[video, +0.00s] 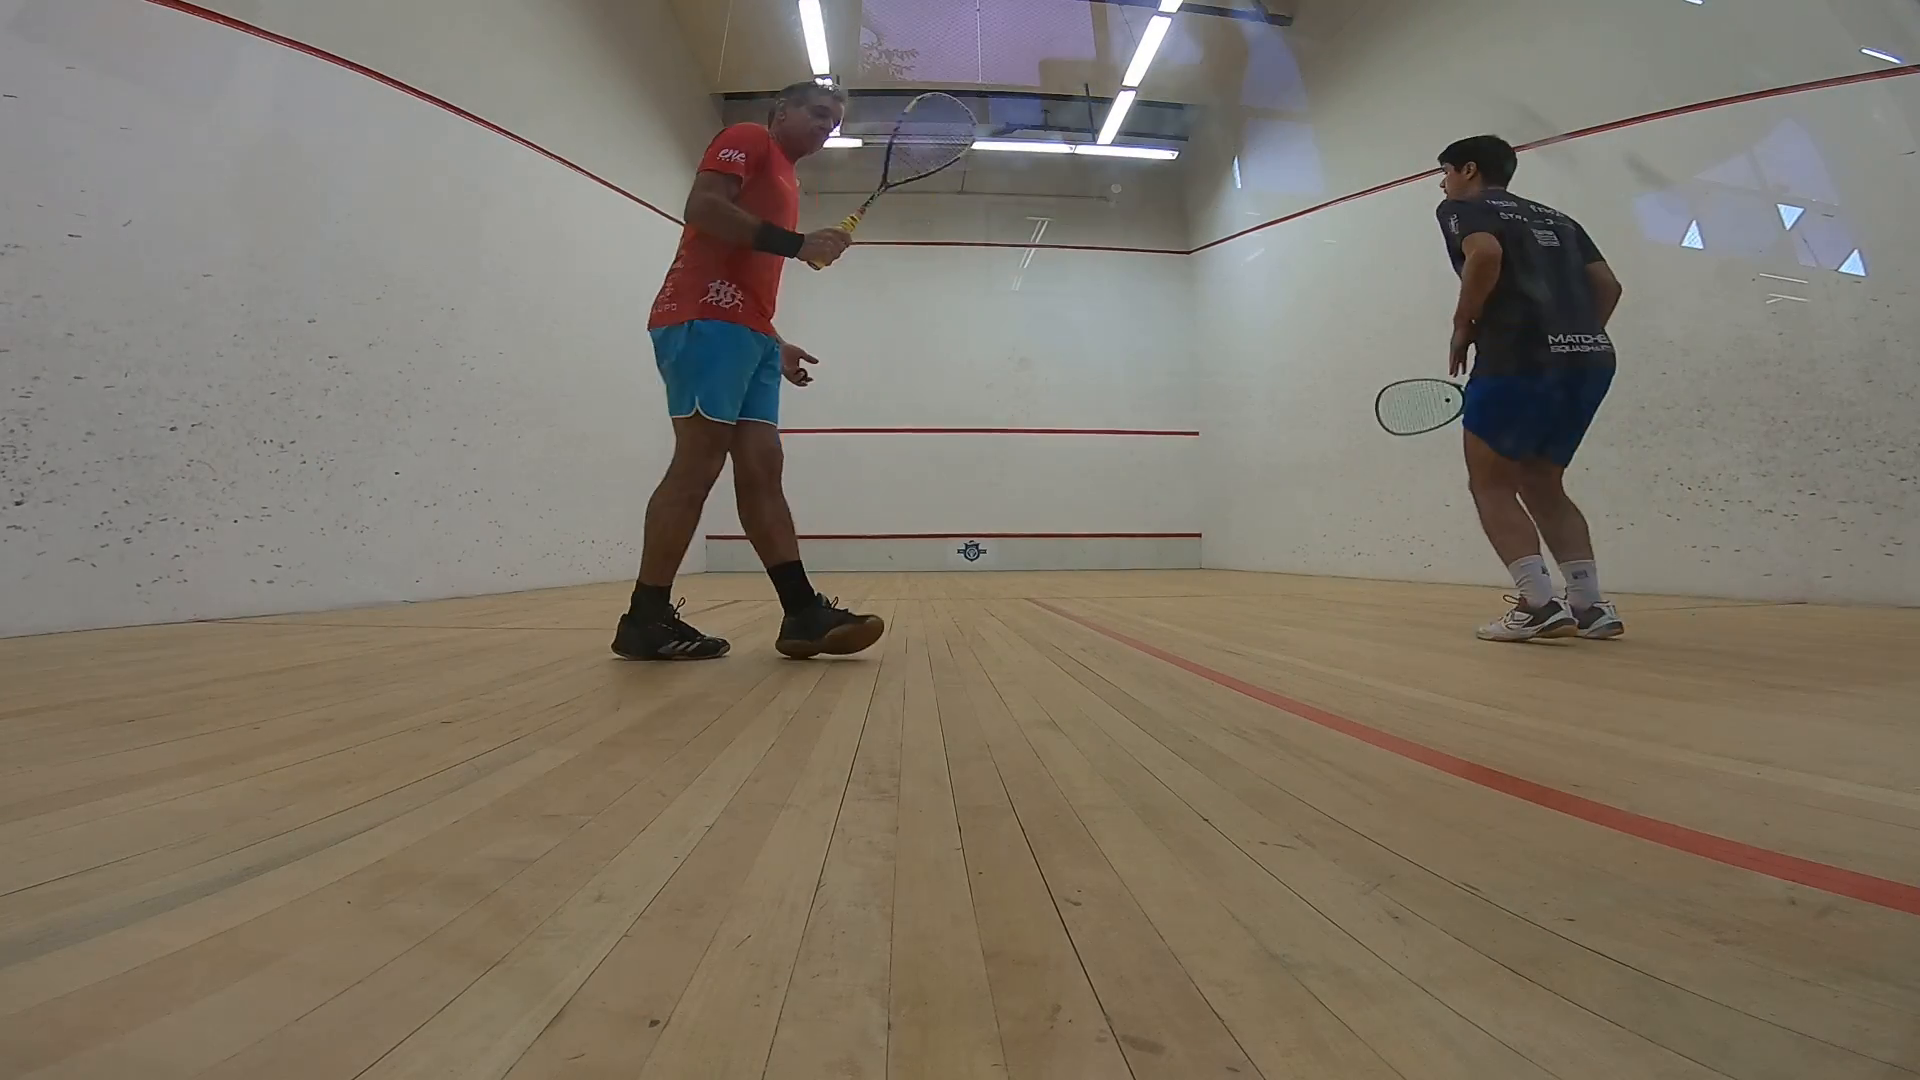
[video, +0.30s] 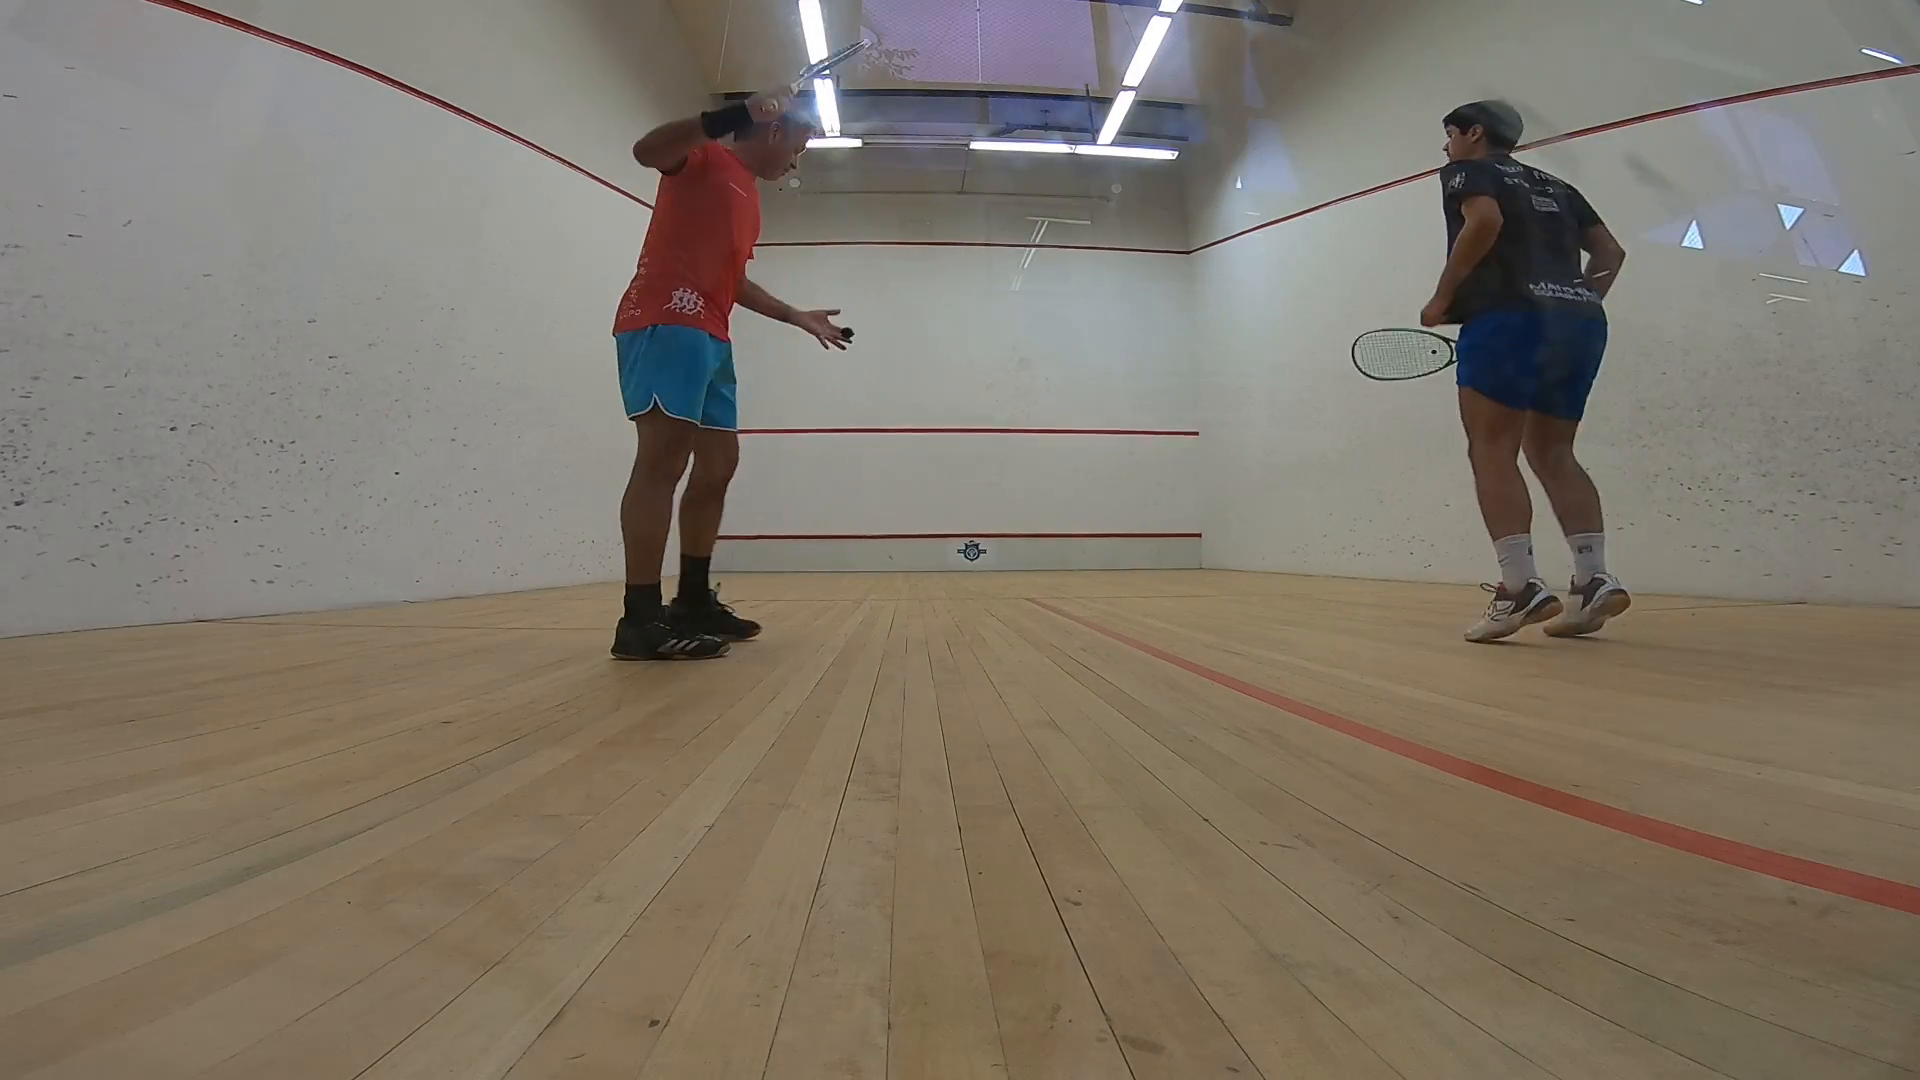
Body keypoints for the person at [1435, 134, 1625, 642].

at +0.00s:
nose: (1443, 185)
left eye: (1446, 175)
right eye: (1443, 176)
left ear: (1469, 172)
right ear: (1501, 176)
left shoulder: (1460, 207)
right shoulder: (1553, 216)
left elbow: (1485, 252)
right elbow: (1607, 286)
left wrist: (1463, 323)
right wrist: (1572, 342)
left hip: (1519, 358)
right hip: (1591, 357)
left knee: (1489, 483)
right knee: (1541, 480)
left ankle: (1539, 602)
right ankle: (1589, 605)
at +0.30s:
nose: (1446, 148)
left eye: (1450, 138)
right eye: (1447, 139)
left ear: (1474, 133)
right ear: (1503, 141)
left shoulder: (1462, 170)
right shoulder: (1554, 185)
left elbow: (1484, 219)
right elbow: (1610, 254)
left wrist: (1443, 294)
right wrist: (1579, 303)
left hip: (1507, 318)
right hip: (1581, 320)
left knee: (1492, 451)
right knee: (1553, 451)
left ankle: (1520, 589)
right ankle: (1595, 582)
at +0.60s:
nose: (1448, 137)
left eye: (1450, 128)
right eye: (1449, 128)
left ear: (1470, 124)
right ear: (1507, 131)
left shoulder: (1464, 152)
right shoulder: (1562, 173)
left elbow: (1490, 196)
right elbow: (1617, 236)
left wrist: (1471, 281)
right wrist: (1591, 295)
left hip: (1520, 308)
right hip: (1594, 311)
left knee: (1514, 436)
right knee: (1587, 440)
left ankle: (1519, 581)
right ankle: (1611, 576)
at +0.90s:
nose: (1463, 159)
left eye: (1466, 148)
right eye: (1462, 149)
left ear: (1488, 140)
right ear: (1524, 147)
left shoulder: (1481, 174)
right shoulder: (1585, 189)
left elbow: (1501, 226)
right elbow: (1641, 257)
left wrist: (1485, 315)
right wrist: (1621, 325)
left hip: (1539, 335)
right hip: (1616, 337)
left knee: (1528, 465)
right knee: (1605, 459)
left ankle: (1556, 600)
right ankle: (1658, 598)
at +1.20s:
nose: (1473, 159)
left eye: (1478, 147)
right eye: (1474, 149)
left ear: (1507, 144)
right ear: (1534, 149)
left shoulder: (1496, 179)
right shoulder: (1597, 196)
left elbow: (1505, 234)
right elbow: (1656, 267)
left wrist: (1490, 320)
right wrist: (1632, 337)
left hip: (1546, 346)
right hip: (1625, 350)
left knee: (1531, 475)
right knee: (1608, 473)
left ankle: (1588, 606)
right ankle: (1661, 611)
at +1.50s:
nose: (1446, 143)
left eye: (1454, 131)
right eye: (1446, 134)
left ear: (1491, 128)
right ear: (1502, 134)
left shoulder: (1482, 161)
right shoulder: (1568, 184)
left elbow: (1500, 219)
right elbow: (1622, 255)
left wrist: (1476, 298)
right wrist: (1596, 322)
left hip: (1529, 324)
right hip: (1604, 326)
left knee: (1505, 458)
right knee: (1604, 463)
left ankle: (1525, 603)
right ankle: (1659, 605)